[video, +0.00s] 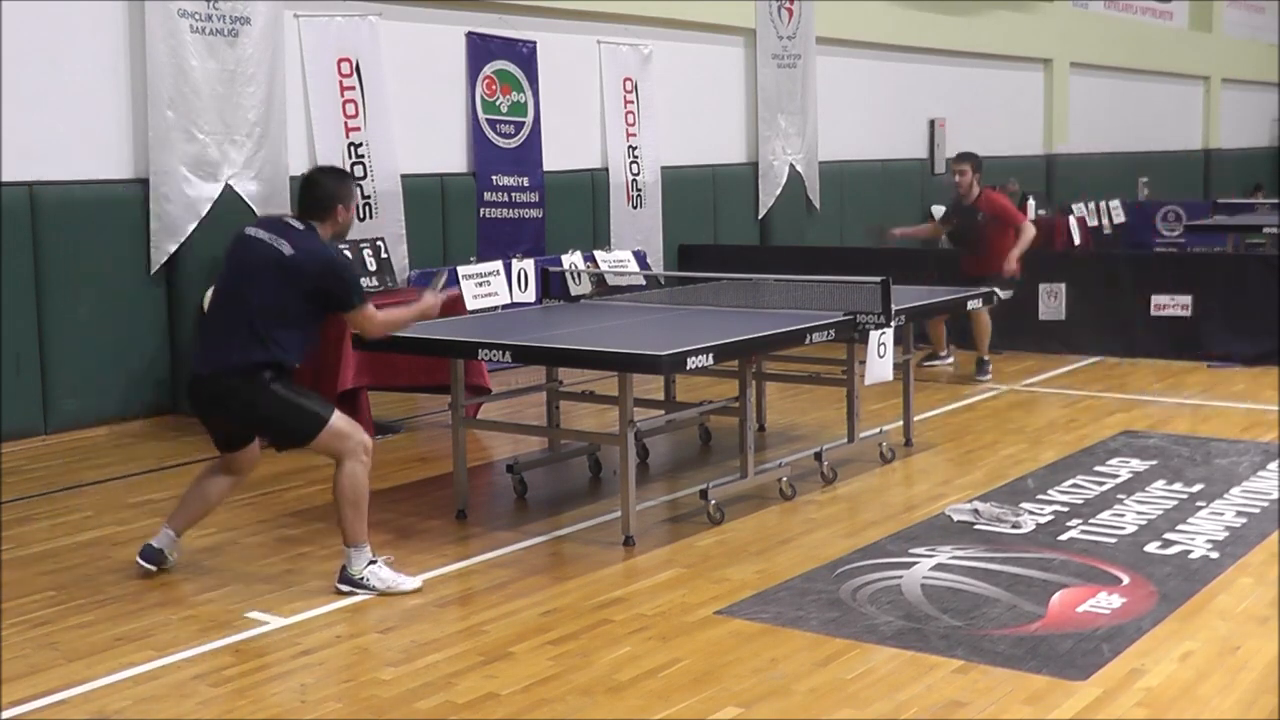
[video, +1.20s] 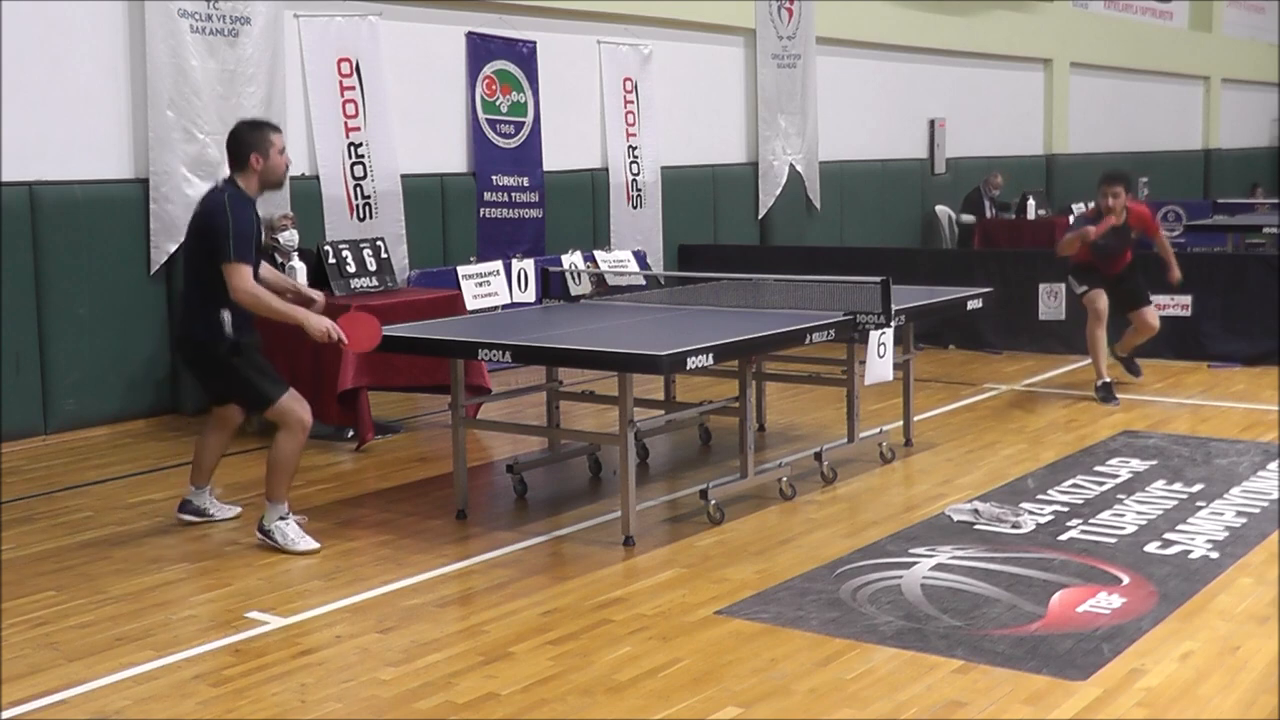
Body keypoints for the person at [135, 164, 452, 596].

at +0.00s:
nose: (354, 213)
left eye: (353, 205)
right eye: (352, 206)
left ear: (304, 203)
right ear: (341, 212)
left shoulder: (257, 229)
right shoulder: (328, 261)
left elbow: (217, 300)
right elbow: (370, 325)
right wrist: (422, 309)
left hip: (207, 380)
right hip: (252, 384)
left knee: (238, 461)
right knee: (356, 446)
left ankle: (162, 544)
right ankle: (359, 565)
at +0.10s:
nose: (345, 192)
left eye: (344, 183)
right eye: (340, 183)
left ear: (295, 186)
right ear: (320, 189)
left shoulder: (245, 210)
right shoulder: (301, 237)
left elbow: (270, 272)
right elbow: (355, 297)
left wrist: (321, 255)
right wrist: (415, 277)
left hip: (204, 362)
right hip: (243, 366)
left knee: (223, 455)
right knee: (330, 444)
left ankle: (153, 542)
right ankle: (360, 563)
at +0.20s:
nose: (310, 162)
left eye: (311, 153)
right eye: (307, 154)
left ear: (267, 151)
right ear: (284, 154)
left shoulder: (221, 177)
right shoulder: (252, 197)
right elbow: (291, 265)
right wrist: (353, 245)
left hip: (196, 337)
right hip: (230, 340)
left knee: (201, 440)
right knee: (282, 445)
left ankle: (147, 539)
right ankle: (311, 563)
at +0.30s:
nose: (300, 143)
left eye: (298, 133)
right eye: (296, 133)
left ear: (254, 134)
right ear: (275, 136)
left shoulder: (211, 167)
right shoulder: (239, 180)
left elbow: (210, 246)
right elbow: (247, 257)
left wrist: (270, 233)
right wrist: (313, 245)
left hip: (188, 325)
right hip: (222, 328)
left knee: (191, 434)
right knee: (264, 439)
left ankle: (146, 535)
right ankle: (240, 564)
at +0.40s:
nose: (285, 132)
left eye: (283, 123)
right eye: (281, 124)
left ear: (240, 128)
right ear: (263, 129)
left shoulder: (202, 165)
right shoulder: (240, 181)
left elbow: (167, 216)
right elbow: (214, 259)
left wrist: (249, 232)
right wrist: (273, 297)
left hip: (177, 323)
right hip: (210, 328)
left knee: (194, 431)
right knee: (229, 447)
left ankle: (147, 524)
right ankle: (170, 568)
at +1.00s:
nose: (278, 123)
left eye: (275, 113)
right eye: (273, 114)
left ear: (238, 121)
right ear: (249, 120)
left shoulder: (205, 158)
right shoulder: (228, 169)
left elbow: (198, 242)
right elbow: (230, 249)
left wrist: (232, 279)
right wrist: (287, 293)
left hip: (178, 305)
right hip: (196, 310)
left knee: (199, 405)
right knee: (241, 411)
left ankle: (166, 499)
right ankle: (236, 527)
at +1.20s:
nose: (287, 160)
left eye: (285, 151)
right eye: (280, 152)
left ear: (252, 161)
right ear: (256, 160)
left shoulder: (238, 203)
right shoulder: (230, 208)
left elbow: (254, 267)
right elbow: (240, 289)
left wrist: (299, 292)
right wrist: (304, 318)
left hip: (214, 338)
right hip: (212, 342)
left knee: (227, 413)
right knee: (297, 417)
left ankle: (196, 498)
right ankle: (275, 518)